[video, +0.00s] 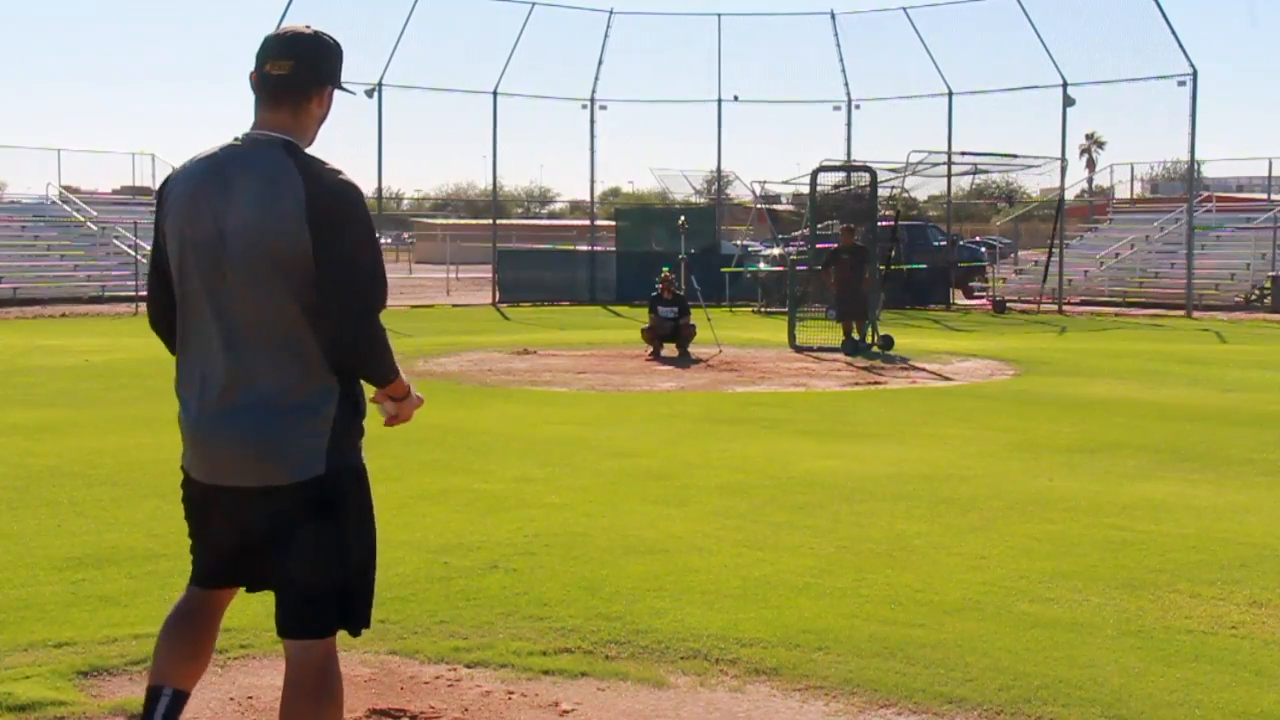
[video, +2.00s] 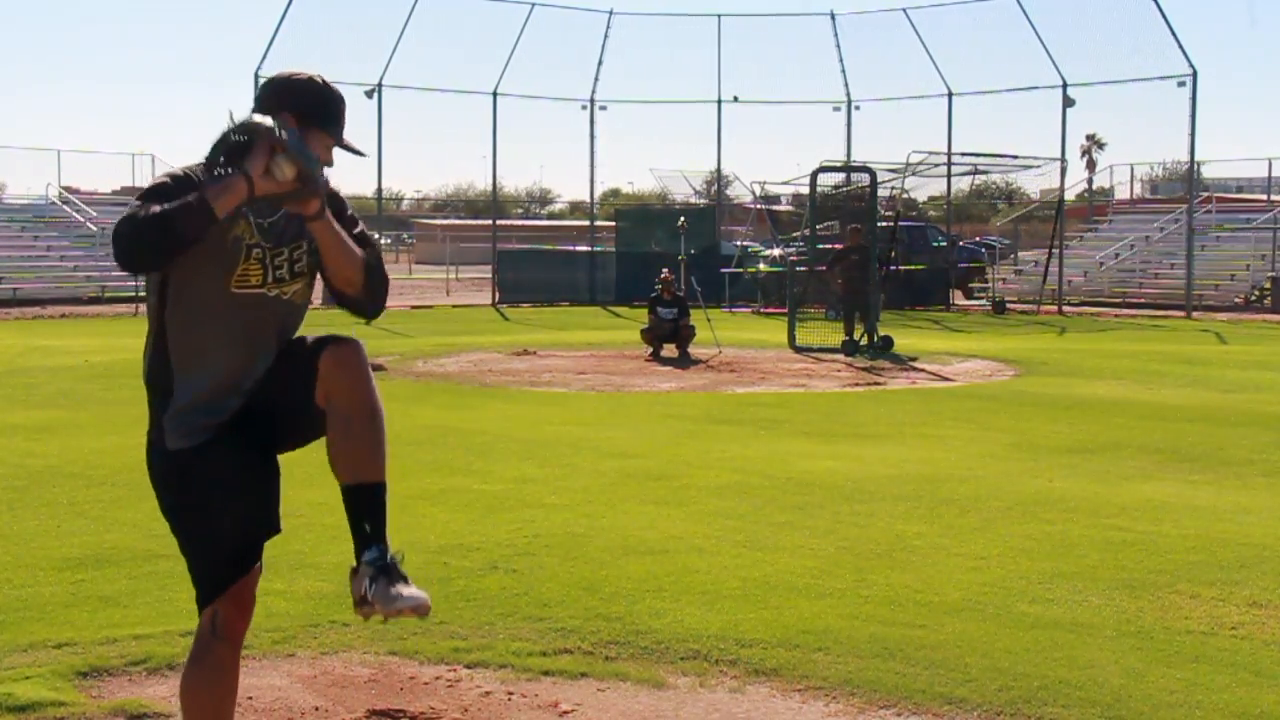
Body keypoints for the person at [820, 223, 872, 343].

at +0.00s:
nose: (845, 239)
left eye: (848, 236)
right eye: (843, 235)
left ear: (853, 236)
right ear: (840, 236)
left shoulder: (862, 250)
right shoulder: (835, 252)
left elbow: (870, 267)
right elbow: (825, 268)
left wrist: (868, 280)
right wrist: (831, 283)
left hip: (858, 287)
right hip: (842, 287)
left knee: (860, 316)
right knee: (845, 316)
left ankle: (862, 339)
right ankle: (847, 340)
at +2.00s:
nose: (855, 238)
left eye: (857, 235)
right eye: (853, 235)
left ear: (861, 236)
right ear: (848, 236)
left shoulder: (867, 251)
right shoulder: (843, 252)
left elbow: (880, 265)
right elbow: (830, 268)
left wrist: (874, 282)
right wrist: (835, 284)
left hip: (864, 288)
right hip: (848, 288)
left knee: (868, 317)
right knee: (848, 317)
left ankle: (871, 344)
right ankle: (849, 342)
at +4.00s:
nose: (866, 239)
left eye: (869, 236)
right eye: (865, 236)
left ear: (875, 237)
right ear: (862, 237)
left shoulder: (886, 252)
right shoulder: (857, 252)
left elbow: (896, 268)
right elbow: (845, 267)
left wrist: (889, 284)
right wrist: (850, 281)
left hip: (878, 289)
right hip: (861, 288)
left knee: (875, 316)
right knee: (856, 316)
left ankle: (873, 341)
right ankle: (852, 340)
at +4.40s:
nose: (867, 237)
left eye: (870, 234)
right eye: (865, 234)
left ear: (876, 236)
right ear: (863, 236)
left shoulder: (885, 251)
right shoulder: (858, 252)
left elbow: (897, 266)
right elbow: (850, 267)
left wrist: (890, 284)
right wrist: (854, 281)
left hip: (878, 287)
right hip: (862, 287)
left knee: (876, 315)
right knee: (858, 314)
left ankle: (875, 337)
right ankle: (866, 336)